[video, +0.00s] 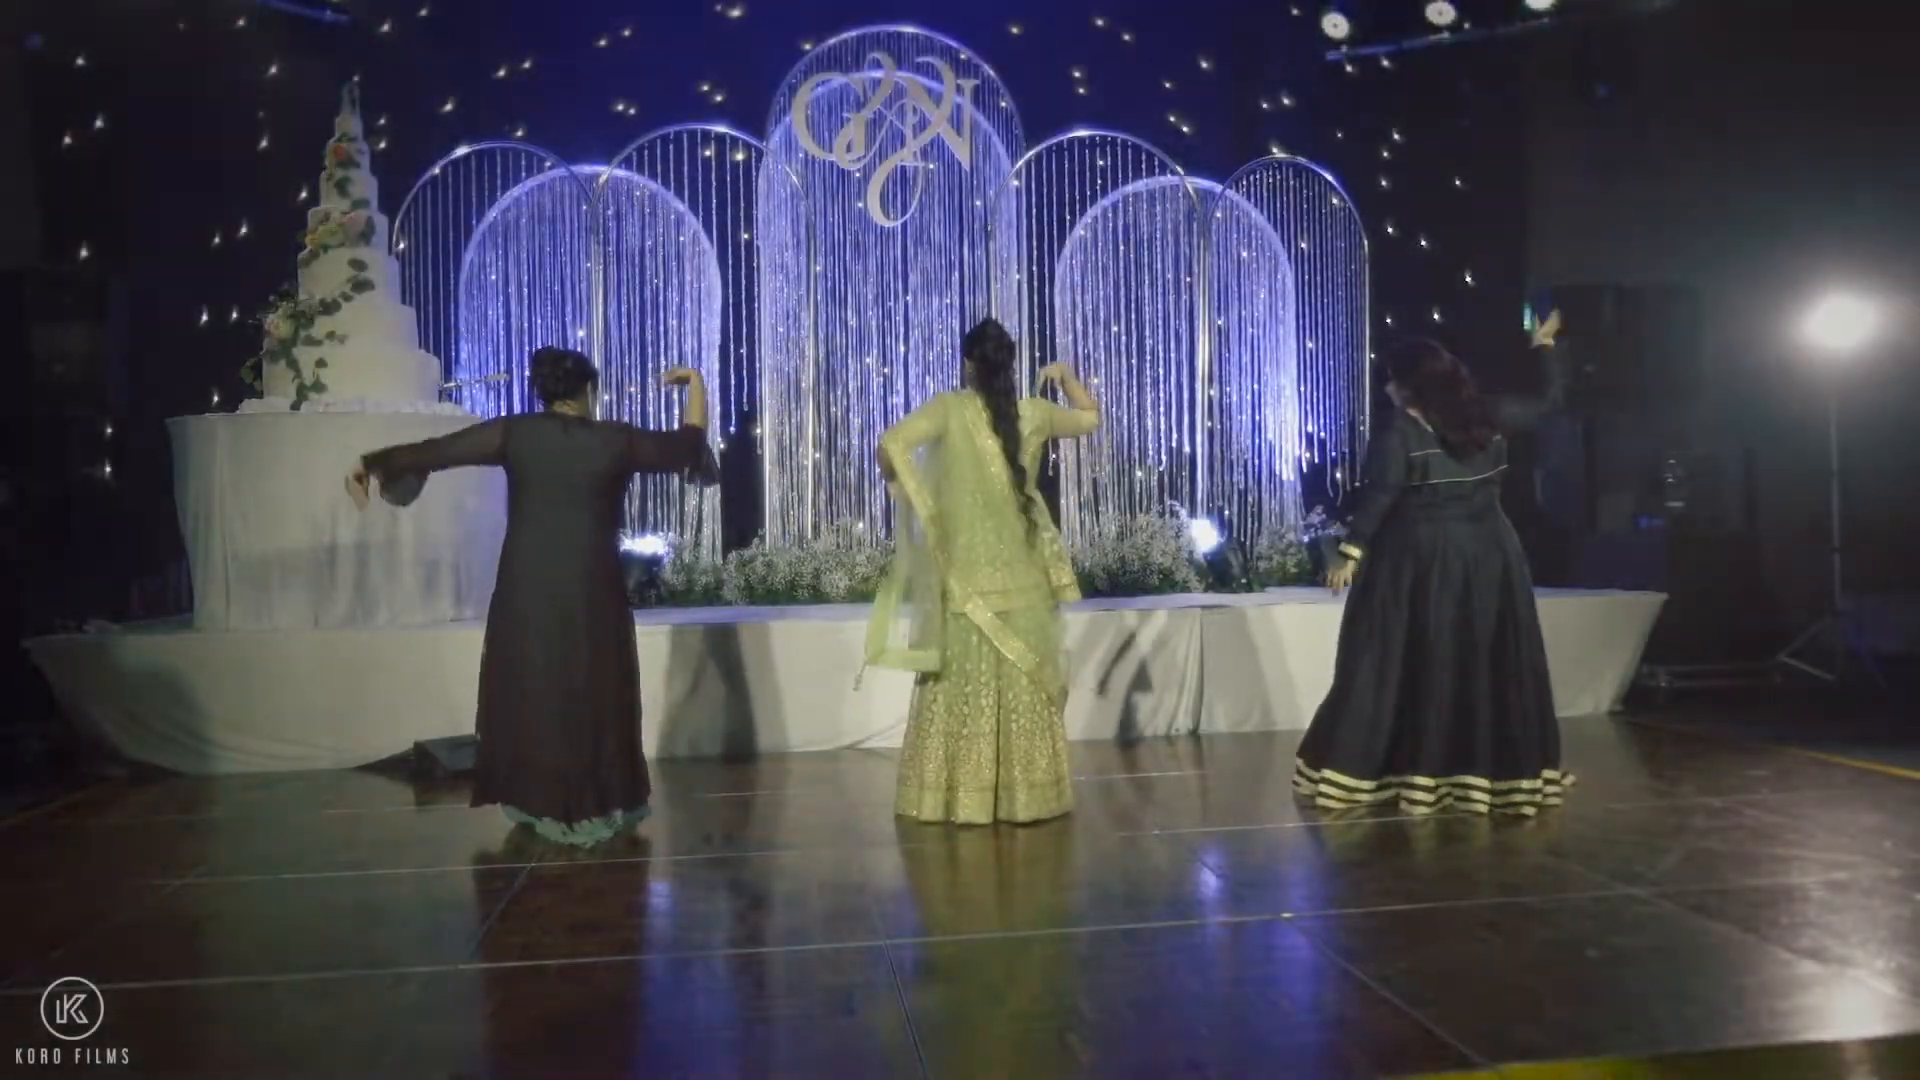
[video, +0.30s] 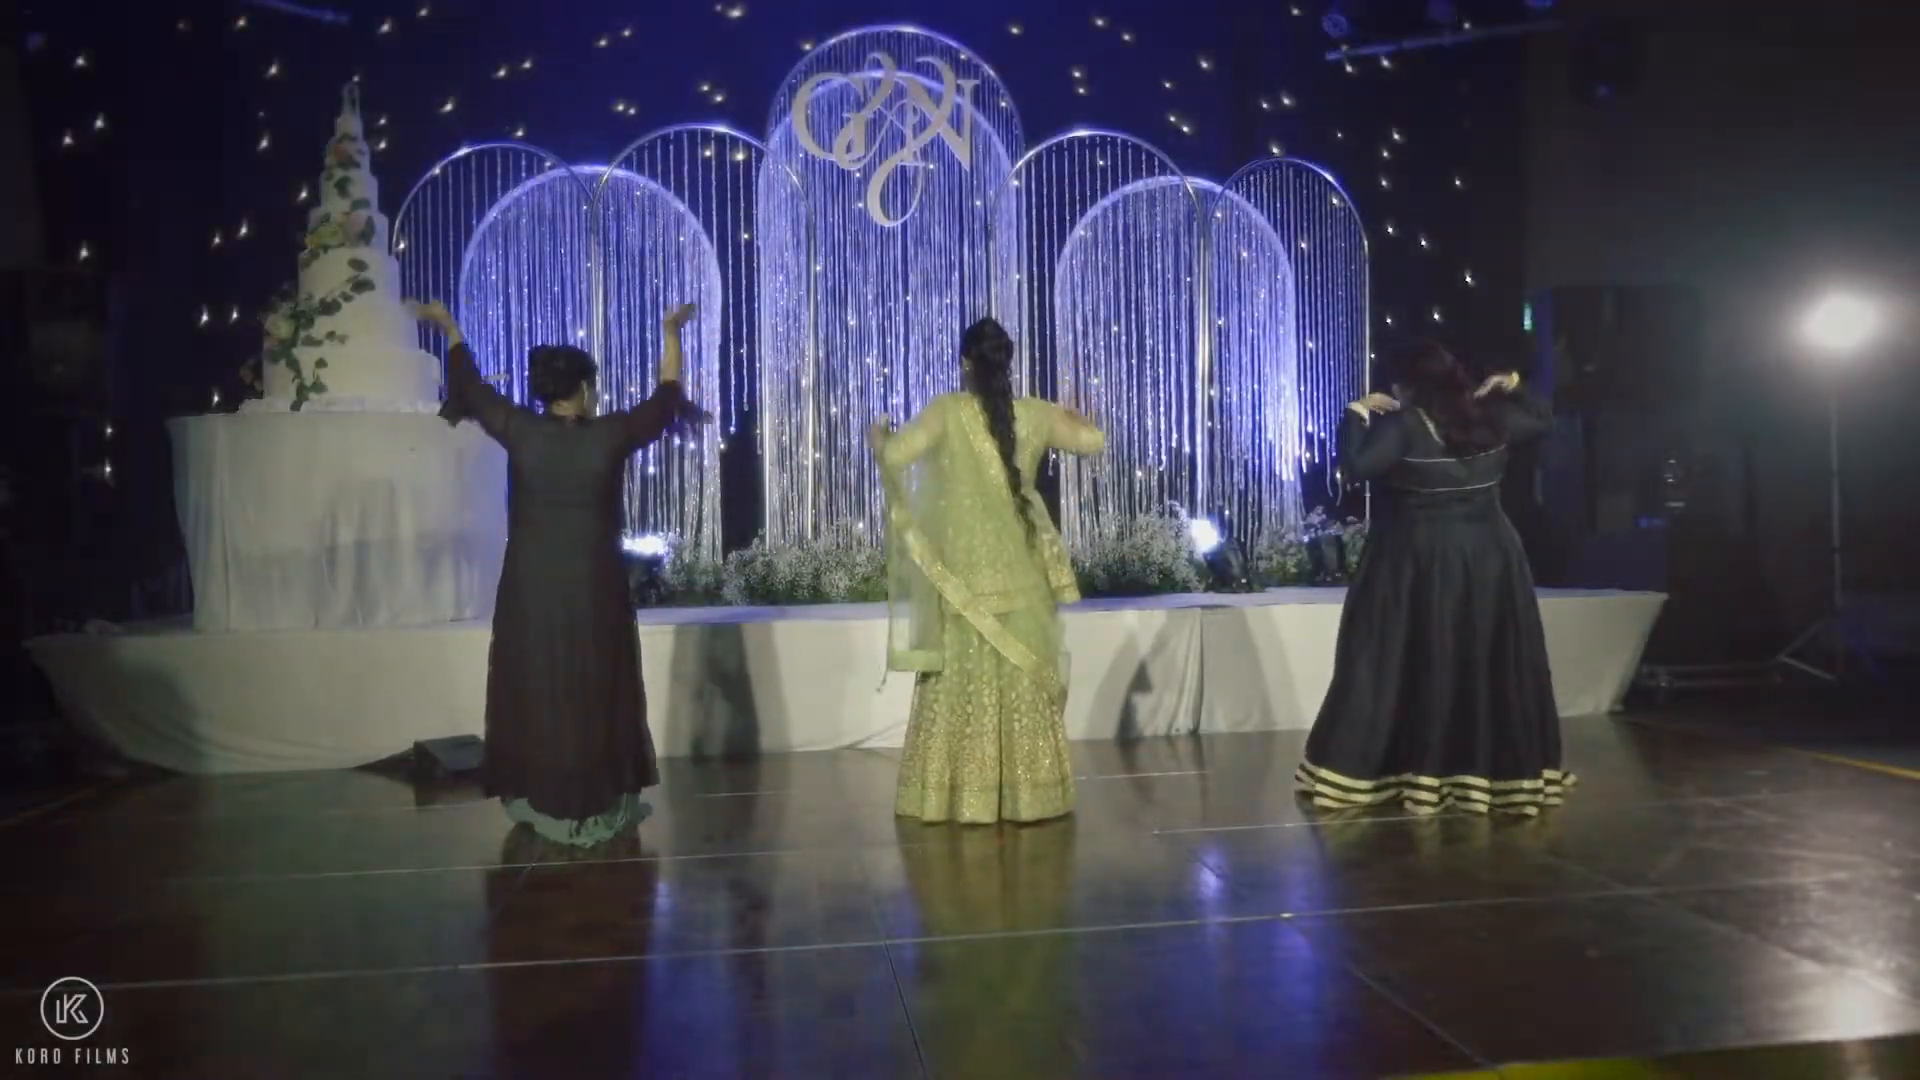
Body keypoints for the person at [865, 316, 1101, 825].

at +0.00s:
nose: (963, 366)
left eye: (964, 359)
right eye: (976, 359)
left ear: (967, 363)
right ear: (1010, 363)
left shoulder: (948, 407)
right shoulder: (1033, 414)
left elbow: (890, 445)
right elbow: (1090, 418)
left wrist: (922, 508)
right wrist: (1067, 375)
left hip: (964, 571)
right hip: (1023, 571)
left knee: (964, 689)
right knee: (1025, 686)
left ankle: (964, 797)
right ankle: (1024, 798)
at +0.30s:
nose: (963, 365)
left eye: (963, 358)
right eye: (974, 357)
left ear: (965, 362)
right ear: (1008, 361)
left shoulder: (947, 411)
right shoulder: (1036, 414)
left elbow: (894, 456)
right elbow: (1092, 441)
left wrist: (879, 435)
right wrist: (1075, 417)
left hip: (963, 571)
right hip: (1022, 571)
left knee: (963, 687)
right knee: (1024, 685)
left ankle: (966, 796)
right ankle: (1026, 798)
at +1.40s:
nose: (963, 365)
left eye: (962, 358)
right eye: (975, 357)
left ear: (961, 363)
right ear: (1005, 363)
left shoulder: (939, 406)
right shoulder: (1027, 408)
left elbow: (874, 401)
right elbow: (1078, 398)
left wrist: (904, 361)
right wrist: (1047, 358)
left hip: (958, 563)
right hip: (1017, 562)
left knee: (958, 682)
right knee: (1022, 679)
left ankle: (961, 795)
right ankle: (1026, 794)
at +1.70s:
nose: (956, 367)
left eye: (957, 361)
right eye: (961, 360)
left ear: (961, 364)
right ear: (1001, 362)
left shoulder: (945, 410)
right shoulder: (1029, 411)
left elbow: (894, 458)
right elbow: (1088, 435)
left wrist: (871, 403)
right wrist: (1101, 390)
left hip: (960, 571)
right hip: (1019, 572)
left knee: (961, 687)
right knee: (1023, 685)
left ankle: (964, 796)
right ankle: (1025, 797)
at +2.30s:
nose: (953, 372)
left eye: (953, 365)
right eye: (958, 364)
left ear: (958, 366)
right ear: (998, 363)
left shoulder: (946, 412)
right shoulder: (1030, 415)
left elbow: (894, 467)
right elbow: (1081, 466)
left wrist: (828, 483)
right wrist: (1134, 484)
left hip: (965, 575)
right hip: (1024, 573)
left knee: (966, 690)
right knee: (1027, 684)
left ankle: (968, 796)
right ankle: (1031, 794)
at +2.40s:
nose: (951, 374)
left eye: (951, 367)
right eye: (954, 366)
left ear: (956, 368)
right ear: (996, 364)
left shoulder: (948, 412)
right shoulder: (1029, 415)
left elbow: (893, 465)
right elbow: (1086, 465)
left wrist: (824, 476)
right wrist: (1140, 480)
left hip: (969, 580)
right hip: (1027, 578)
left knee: (966, 692)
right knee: (1026, 689)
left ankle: (967, 797)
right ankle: (1028, 796)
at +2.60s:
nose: (946, 376)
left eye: (947, 368)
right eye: (947, 368)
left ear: (958, 369)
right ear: (991, 366)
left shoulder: (948, 412)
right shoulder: (1029, 413)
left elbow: (894, 457)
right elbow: (1087, 451)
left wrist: (829, 435)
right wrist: (1130, 453)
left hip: (967, 577)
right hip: (1028, 574)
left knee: (966, 688)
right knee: (1029, 686)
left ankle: (967, 796)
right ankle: (1027, 795)